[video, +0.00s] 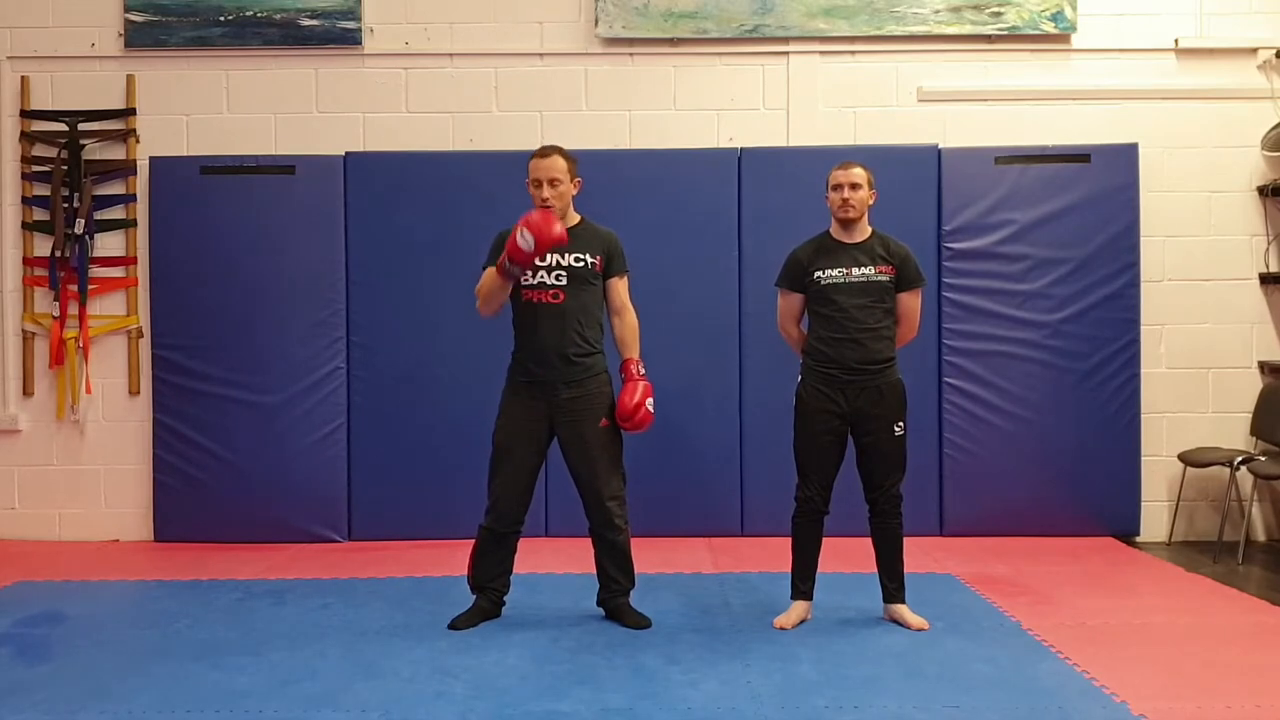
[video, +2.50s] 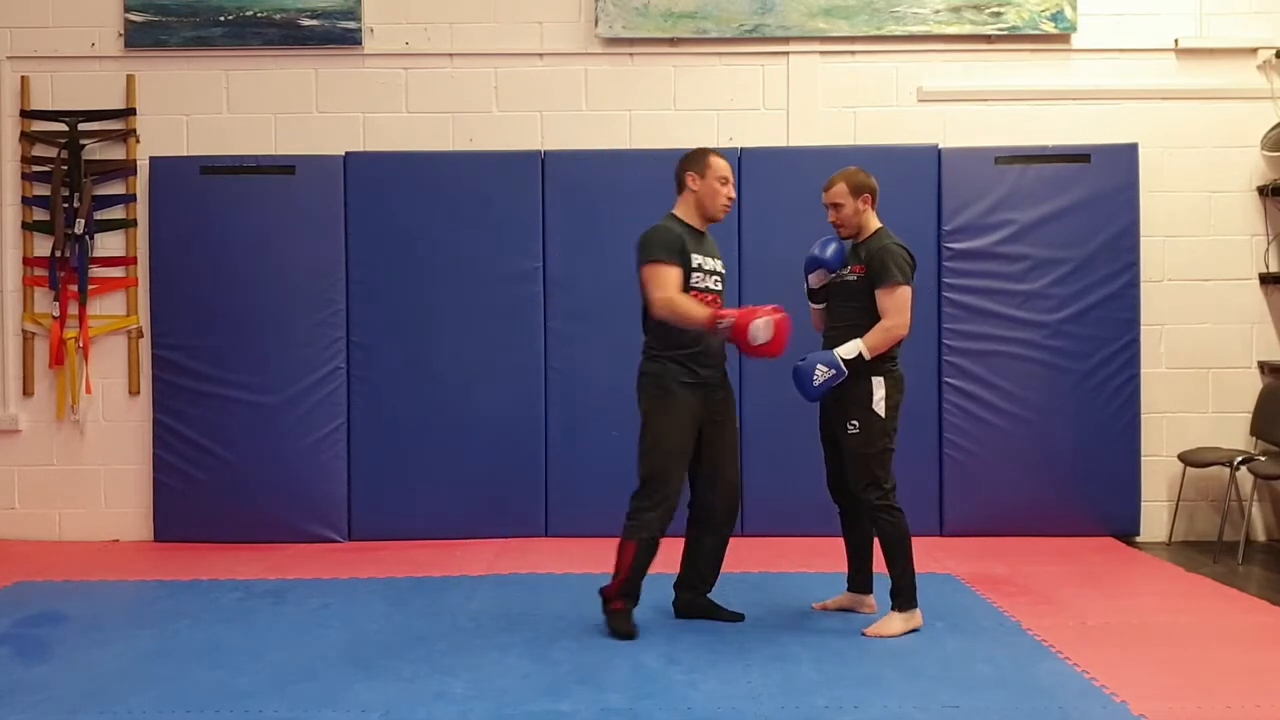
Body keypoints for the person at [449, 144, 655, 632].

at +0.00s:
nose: (543, 192)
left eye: (552, 183)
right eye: (535, 184)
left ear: (575, 185)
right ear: (527, 188)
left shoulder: (603, 242)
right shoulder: (514, 240)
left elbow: (622, 311)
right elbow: (486, 305)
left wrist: (633, 373)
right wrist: (515, 257)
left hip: (587, 389)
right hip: (527, 389)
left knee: (607, 500)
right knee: (505, 498)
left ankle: (616, 598)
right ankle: (488, 597)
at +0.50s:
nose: (540, 188)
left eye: (547, 178)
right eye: (529, 180)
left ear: (557, 182)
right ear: (510, 186)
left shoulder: (580, 240)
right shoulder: (489, 243)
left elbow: (600, 306)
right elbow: (466, 312)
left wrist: (616, 364)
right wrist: (512, 285)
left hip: (573, 388)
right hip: (512, 390)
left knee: (599, 496)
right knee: (496, 500)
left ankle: (615, 597)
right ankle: (487, 598)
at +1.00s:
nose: (588, 186)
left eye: (587, 178)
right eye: (577, 178)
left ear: (579, 185)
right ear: (546, 184)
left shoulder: (587, 242)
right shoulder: (512, 241)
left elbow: (592, 307)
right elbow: (482, 307)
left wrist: (616, 365)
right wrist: (542, 315)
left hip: (585, 390)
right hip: (529, 393)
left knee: (602, 493)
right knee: (507, 498)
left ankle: (614, 594)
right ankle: (489, 597)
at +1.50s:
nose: (668, 190)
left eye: (670, 182)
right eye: (659, 179)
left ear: (660, 188)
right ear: (629, 181)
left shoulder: (659, 251)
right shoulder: (584, 228)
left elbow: (681, 310)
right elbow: (544, 287)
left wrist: (727, 307)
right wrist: (595, 318)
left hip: (628, 384)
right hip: (576, 379)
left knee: (627, 492)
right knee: (557, 487)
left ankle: (615, 594)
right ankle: (524, 592)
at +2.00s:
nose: (640, 188)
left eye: (647, 178)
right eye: (629, 179)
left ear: (655, 182)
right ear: (608, 183)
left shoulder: (665, 242)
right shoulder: (584, 240)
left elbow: (666, 294)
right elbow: (556, 307)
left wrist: (686, 322)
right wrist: (606, 336)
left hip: (664, 385)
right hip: (608, 389)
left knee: (703, 480)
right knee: (601, 500)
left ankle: (674, 573)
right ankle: (602, 607)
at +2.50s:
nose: (731, 193)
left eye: (732, 184)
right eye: (723, 182)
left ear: (704, 186)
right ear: (692, 183)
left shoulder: (708, 246)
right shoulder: (663, 237)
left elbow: (704, 312)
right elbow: (663, 302)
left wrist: (745, 328)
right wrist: (725, 321)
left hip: (712, 386)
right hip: (670, 384)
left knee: (719, 493)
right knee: (660, 492)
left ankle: (693, 595)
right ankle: (620, 599)